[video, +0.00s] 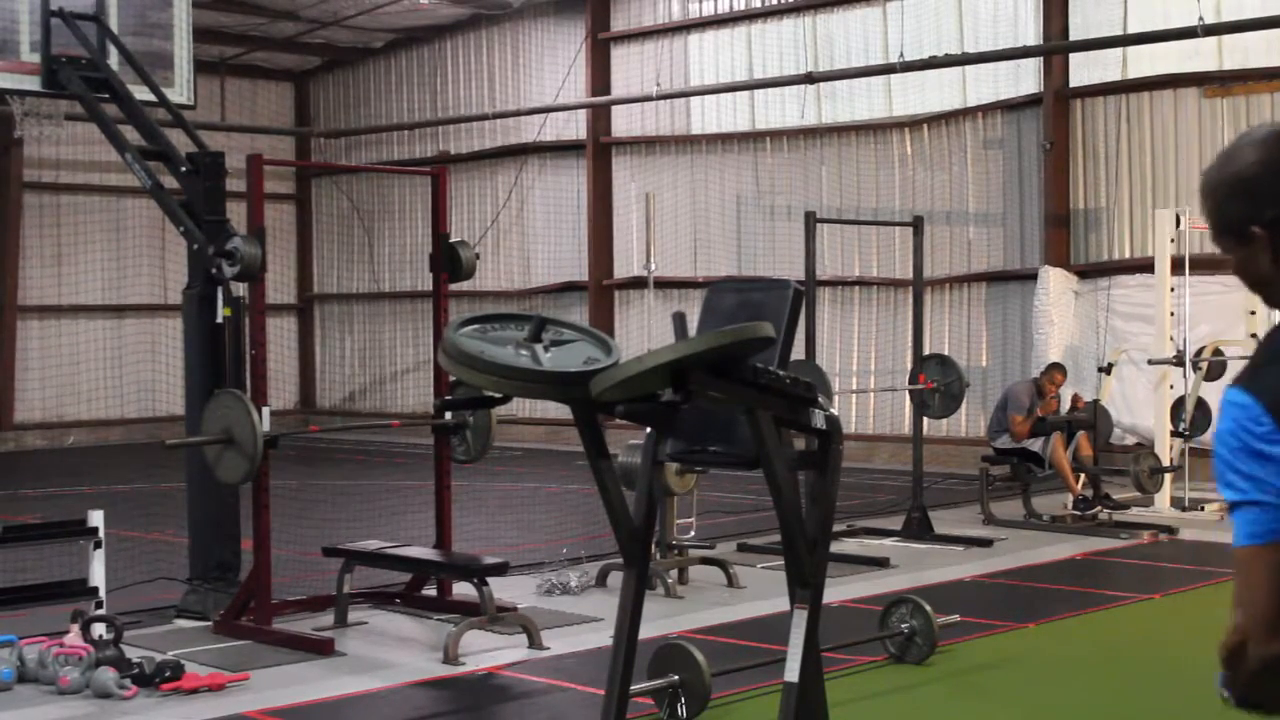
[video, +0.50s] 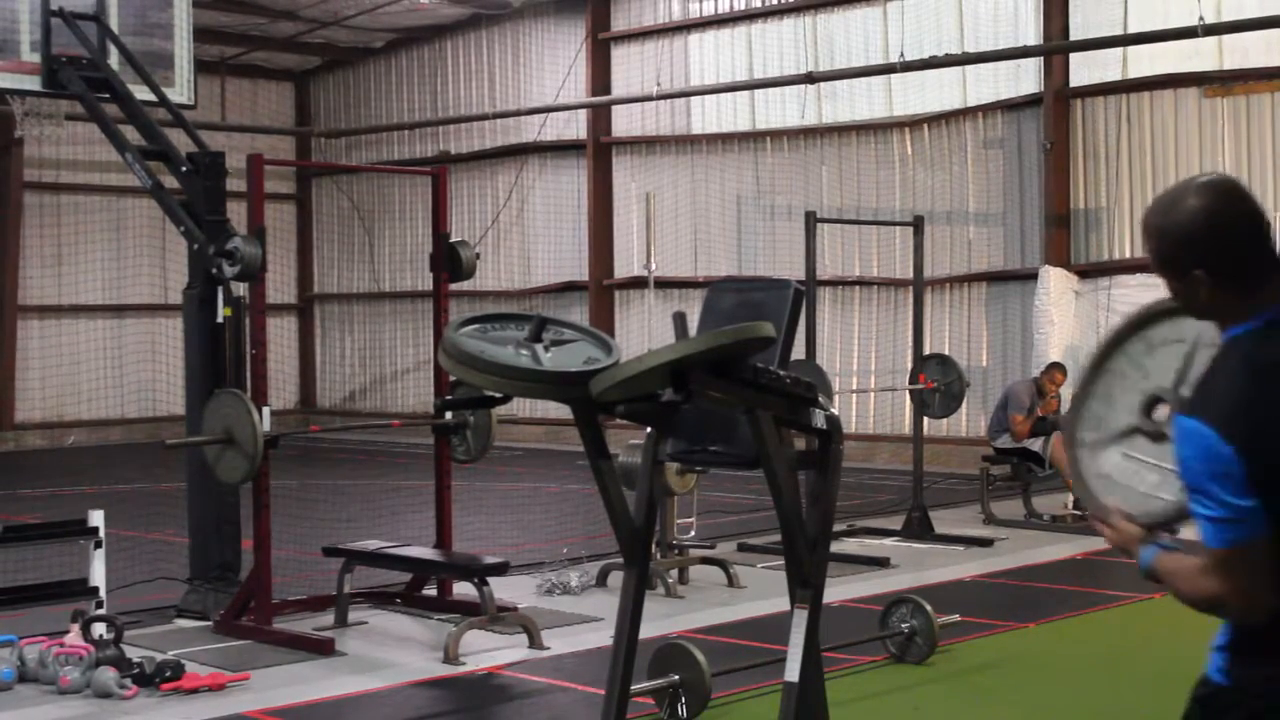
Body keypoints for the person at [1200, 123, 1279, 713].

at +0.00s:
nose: (1233, 270)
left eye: (1228, 249)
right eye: (1226, 250)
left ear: (1263, 240)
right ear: (1265, 239)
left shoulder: (1256, 402)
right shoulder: (1253, 403)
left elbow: (1264, 637)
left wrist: (1241, 681)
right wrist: (1245, 655)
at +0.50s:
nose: (1167, 292)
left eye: (1166, 278)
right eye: (1162, 277)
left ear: (1197, 283)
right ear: (1260, 237)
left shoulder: (1216, 415)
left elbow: (1244, 593)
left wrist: (1145, 551)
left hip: (1253, 674)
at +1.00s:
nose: (1059, 237)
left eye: (1068, 225)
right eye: (1062, 223)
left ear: (1111, 240)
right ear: (1166, 229)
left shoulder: (1096, 362)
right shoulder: (1251, 311)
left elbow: (1098, 523)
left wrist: (1010, 475)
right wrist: (1095, 387)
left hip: (1142, 637)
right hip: (1248, 620)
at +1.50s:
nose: (1026, 212)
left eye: (1040, 202)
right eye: (1032, 199)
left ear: (1082, 221)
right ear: (1086, 223)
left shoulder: (1064, 315)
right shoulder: (1126, 308)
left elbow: (1025, 448)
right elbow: (1099, 446)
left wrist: (945, 387)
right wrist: (997, 400)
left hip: (1037, 599)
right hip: (1117, 588)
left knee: (958, 709)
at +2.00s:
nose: (922, 215)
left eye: (935, 205)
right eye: (930, 202)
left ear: (971, 227)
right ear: (977, 231)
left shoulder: (947, 309)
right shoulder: (992, 304)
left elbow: (820, 366)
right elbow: (903, 359)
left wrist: (799, 272)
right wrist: (845, 296)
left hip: (900, 575)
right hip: (946, 566)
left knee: (869, 706)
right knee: (910, 707)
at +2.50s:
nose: (830, 214)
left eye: (842, 203)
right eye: (837, 201)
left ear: (881, 221)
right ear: (884, 225)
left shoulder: (883, 298)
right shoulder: (890, 293)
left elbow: (783, 361)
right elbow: (799, 349)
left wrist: (724, 281)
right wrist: (724, 296)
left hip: (849, 566)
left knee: (798, 706)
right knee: (856, 707)